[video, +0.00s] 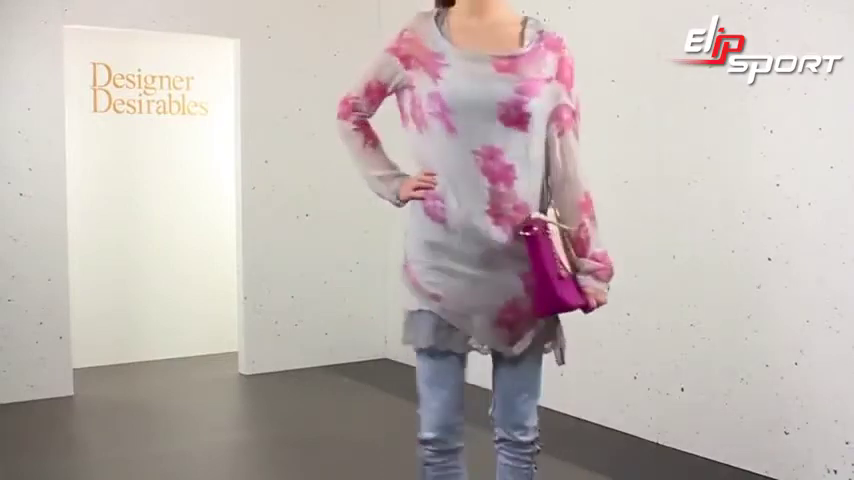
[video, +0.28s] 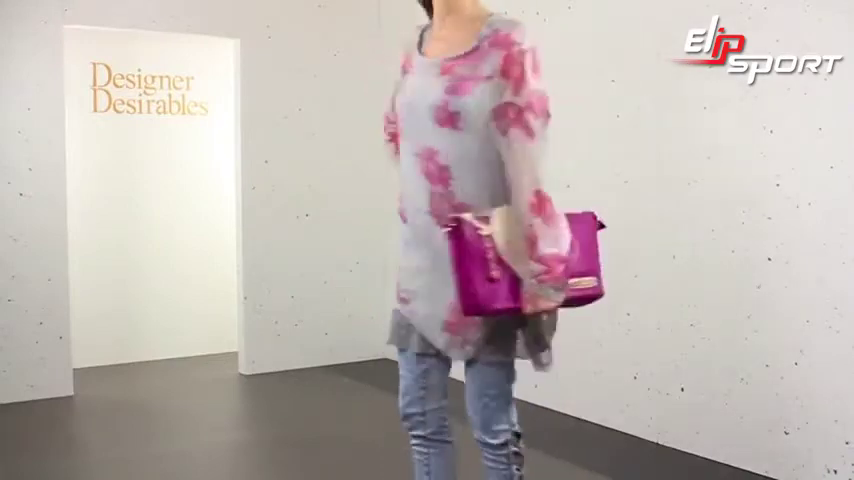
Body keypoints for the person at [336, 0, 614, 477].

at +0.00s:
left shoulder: (547, 48)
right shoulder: (418, 38)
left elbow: (566, 165)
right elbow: (352, 112)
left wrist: (590, 263)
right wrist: (392, 183)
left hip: (522, 261)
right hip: (439, 258)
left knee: (519, 435)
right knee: (437, 435)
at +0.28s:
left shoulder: (506, 45)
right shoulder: (419, 42)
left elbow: (524, 163)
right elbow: (398, 137)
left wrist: (542, 271)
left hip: (487, 266)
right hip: (420, 264)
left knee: (493, 427)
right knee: (421, 419)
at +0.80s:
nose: (383, 8)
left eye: (383, 5)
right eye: (385, 5)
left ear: (388, 2)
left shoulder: (392, 52)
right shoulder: (473, 53)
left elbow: (373, 172)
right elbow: (515, 146)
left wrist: (338, 275)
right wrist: (468, 209)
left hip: (400, 257)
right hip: (461, 258)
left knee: (361, 406)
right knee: (436, 407)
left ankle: (406, 475)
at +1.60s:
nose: (306, 11)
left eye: (310, 4)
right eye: (308, 4)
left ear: (320, 11)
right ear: (362, 11)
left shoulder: (296, 73)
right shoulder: (393, 75)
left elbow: (279, 167)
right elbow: (405, 176)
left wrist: (259, 239)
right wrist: (414, 259)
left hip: (316, 239)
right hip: (381, 239)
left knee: (330, 373)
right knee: (357, 360)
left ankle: (344, 474)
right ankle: (361, 467)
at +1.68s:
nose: (298, 21)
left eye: (301, 13)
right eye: (300, 13)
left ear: (311, 17)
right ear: (352, 18)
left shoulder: (287, 82)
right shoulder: (382, 84)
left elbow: (272, 175)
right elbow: (393, 181)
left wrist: (258, 245)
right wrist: (401, 262)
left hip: (308, 244)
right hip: (368, 244)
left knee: (327, 371)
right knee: (349, 361)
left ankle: (344, 473)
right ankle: (338, 457)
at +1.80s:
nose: (286, 38)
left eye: (288, 30)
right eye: (288, 28)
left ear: (296, 32)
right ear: (337, 31)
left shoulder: (274, 97)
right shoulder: (367, 99)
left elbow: (260, 185)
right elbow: (380, 190)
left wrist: (243, 250)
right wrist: (386, 266)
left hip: (294, 251)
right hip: (354, 250)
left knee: (321, 368)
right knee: (332, 362)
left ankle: (341, 472)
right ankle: (310, 454)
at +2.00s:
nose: (272, 41)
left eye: (274, 33)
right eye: (273, 33)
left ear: (285, 35)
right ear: (319, 33)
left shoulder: (263, 94)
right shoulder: (349, 97)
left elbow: (245, 176)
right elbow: (357, 183)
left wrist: (224, 242)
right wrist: (360, 254)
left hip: (279, 239)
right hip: (337, 243)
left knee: (284, 345)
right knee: (322, 348)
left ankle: (302, 451)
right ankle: (313, 450)